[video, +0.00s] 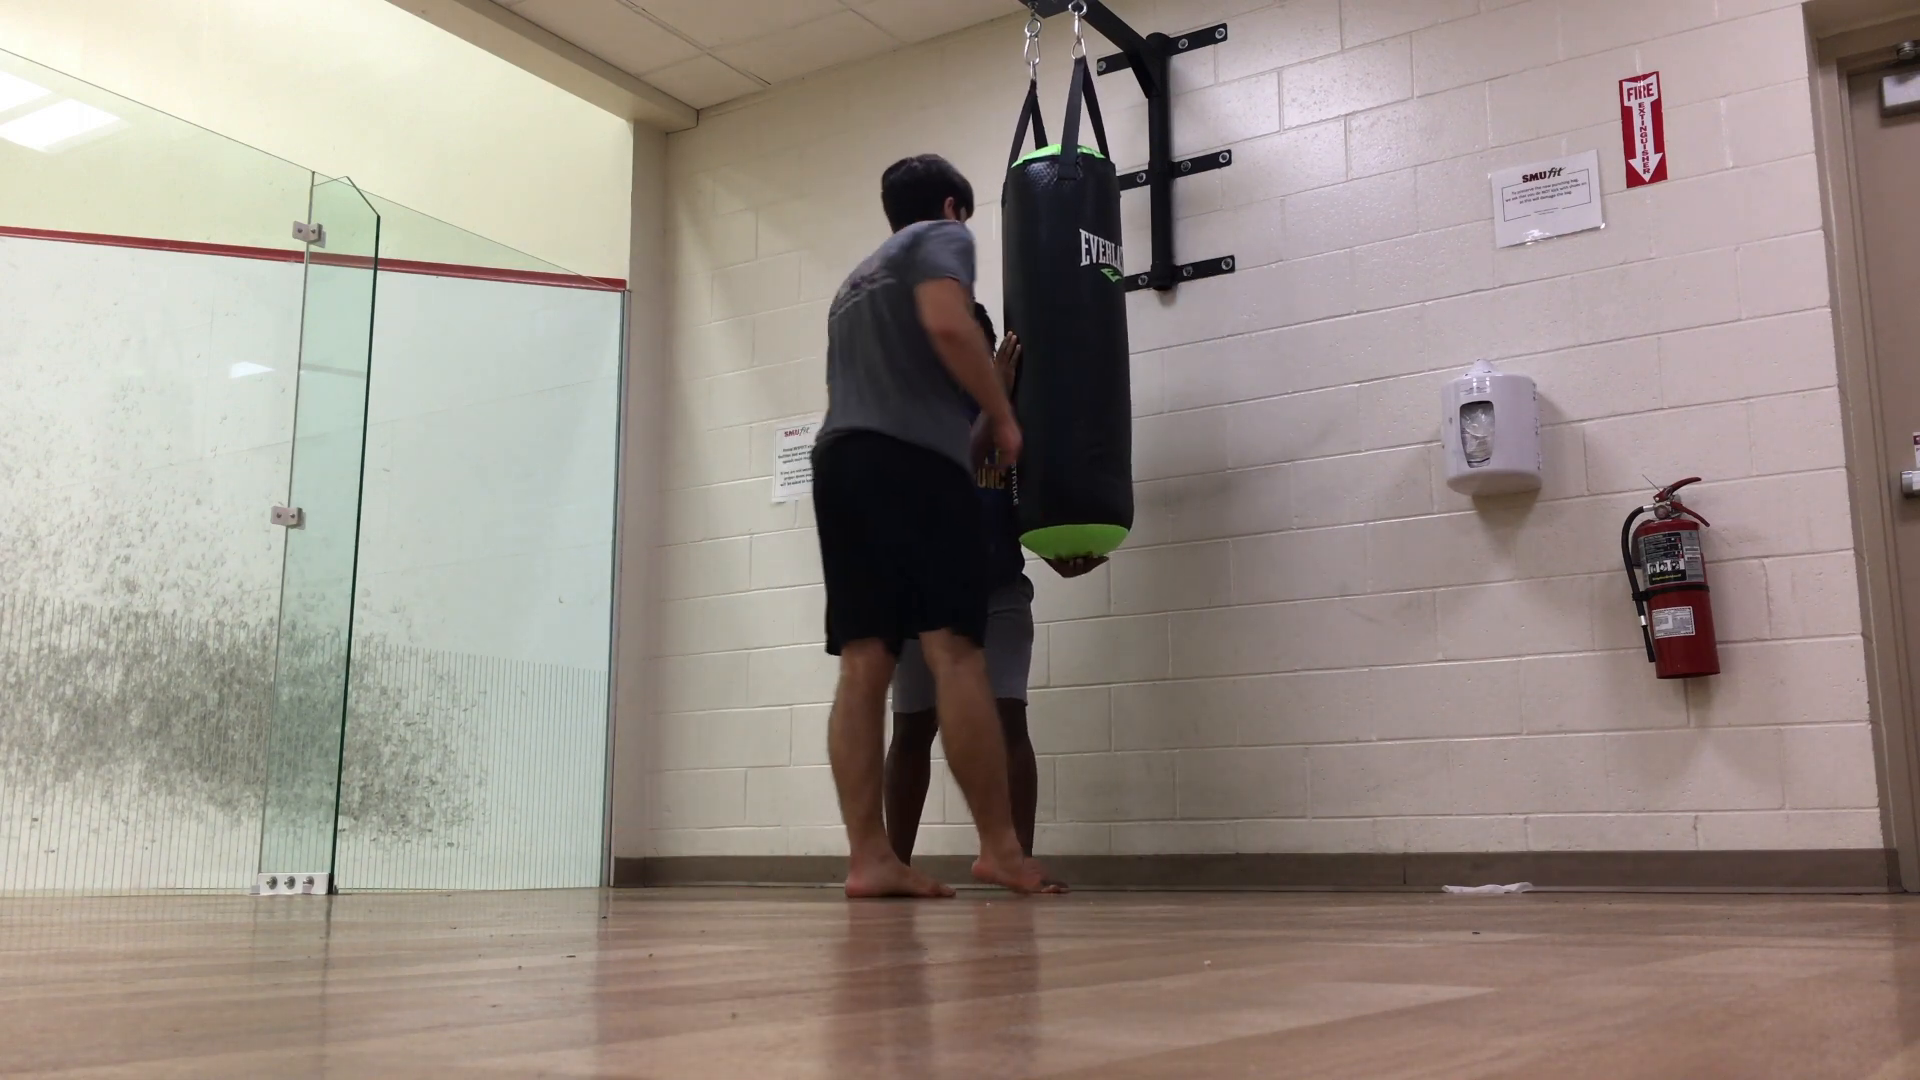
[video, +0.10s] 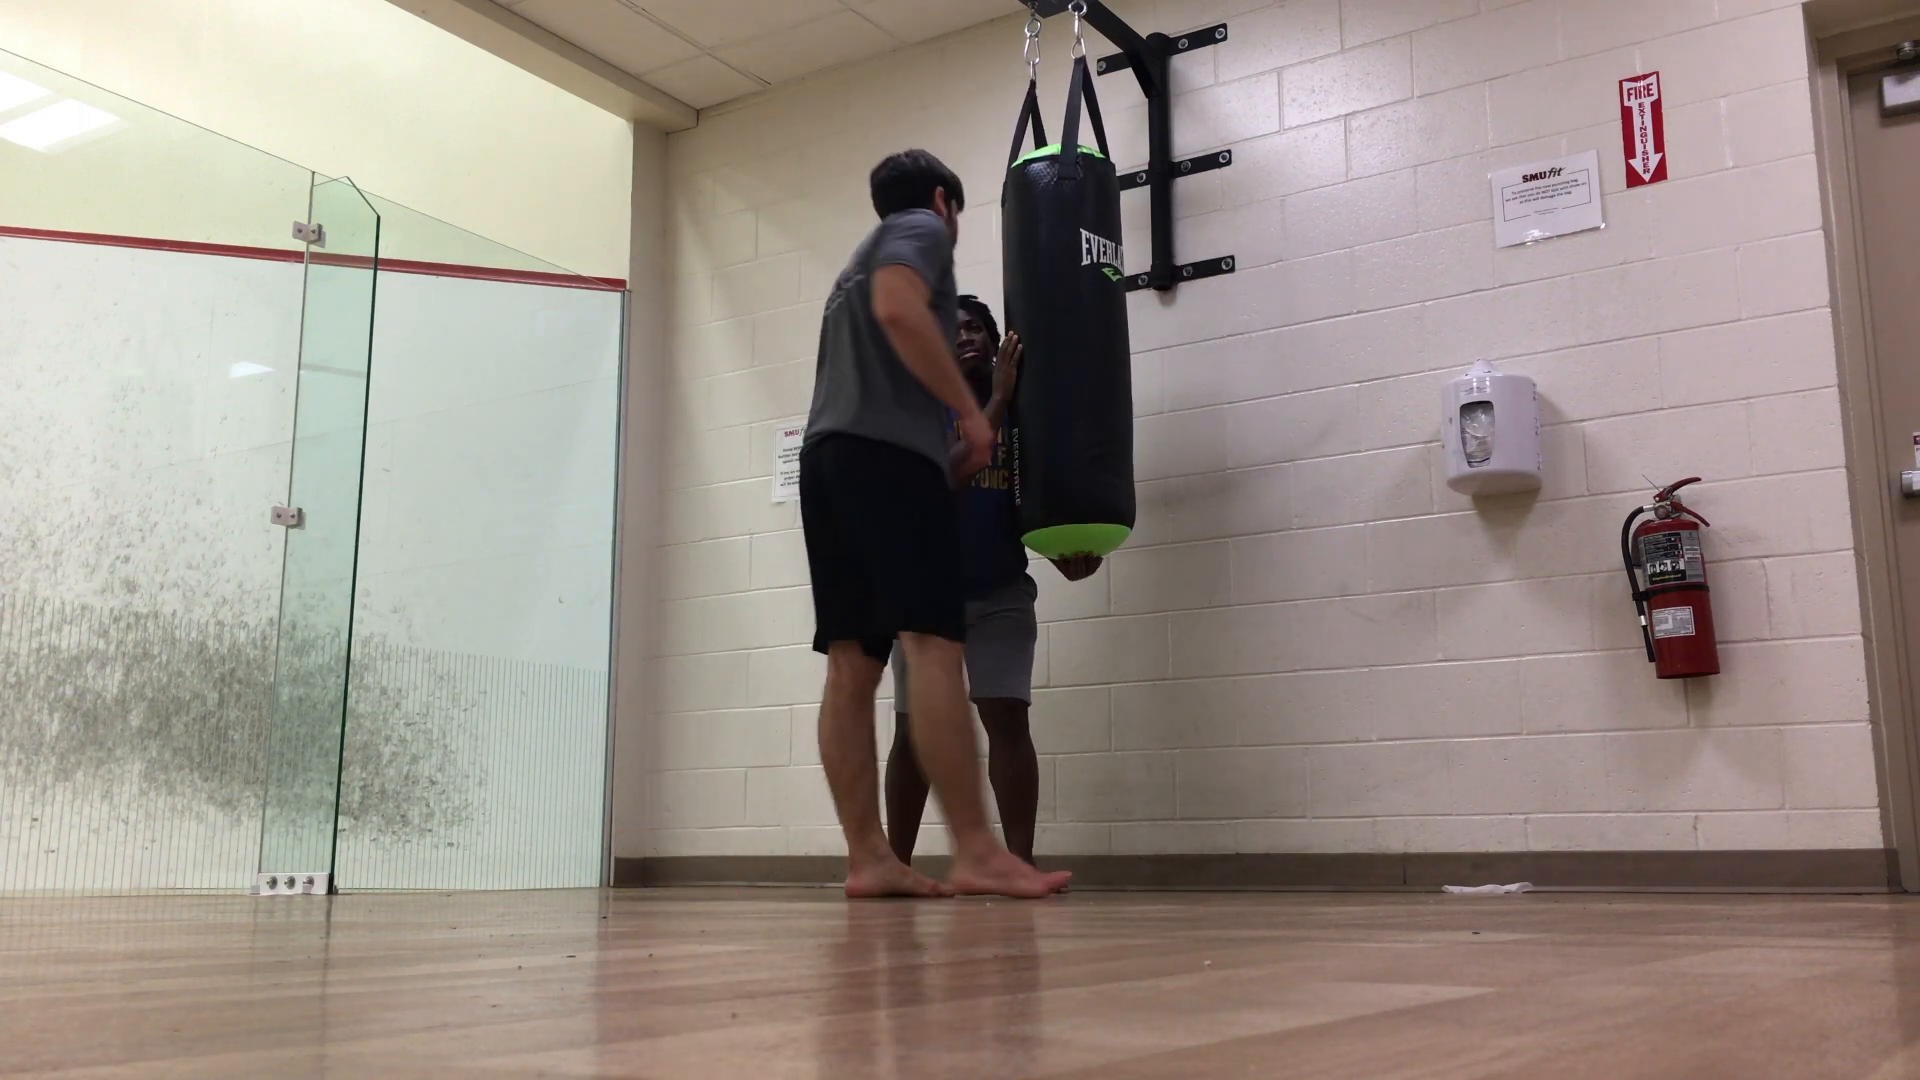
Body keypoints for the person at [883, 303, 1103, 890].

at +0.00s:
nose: (970, 357)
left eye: (976, 344)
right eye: (958, 347)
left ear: (993, 345)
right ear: (935, 346)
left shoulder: (1009, 404)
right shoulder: (915, 403)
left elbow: (1039, 473)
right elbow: (938, 477)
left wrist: (1072, 549)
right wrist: (996, 398)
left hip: (999, 581)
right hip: (922, 584)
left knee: (1007, 718)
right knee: (913, 730)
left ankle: (1017, 855)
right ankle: (896, 864)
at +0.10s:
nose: (967, 338)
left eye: (976, 329)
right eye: (956, 331)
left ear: (996, 342)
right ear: (936, 345)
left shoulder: (1018, 408)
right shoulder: (922, 410)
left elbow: (1047, 481)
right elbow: (943, 477)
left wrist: (1075, 556)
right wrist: (999, 398)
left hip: (1001, 590)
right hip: (933, 593)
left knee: (1008, 719)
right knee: (917, 731)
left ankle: (1018, 859)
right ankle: (897, 863)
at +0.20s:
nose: (970, 338)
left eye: (979, 327)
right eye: (957, 332)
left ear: (999, 338)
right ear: (940, 348)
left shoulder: (1023, 408)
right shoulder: (928, 408)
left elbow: (1052, 474)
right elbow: (956, 470)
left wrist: (1076, 552)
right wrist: (1003, 395)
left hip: (1007, 588)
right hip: (936, 590)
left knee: (1011, 720)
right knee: (921, 728)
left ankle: (1023, 862)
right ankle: (899, 855)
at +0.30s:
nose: (977, 336)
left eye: (985, 326)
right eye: (963, 331)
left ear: (1005, 338)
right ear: (941, 349)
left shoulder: (1031, 402)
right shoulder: (933, 402)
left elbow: (1058, 470)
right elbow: (958, 469)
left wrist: (1075, 550)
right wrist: (1004, 397)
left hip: (1009, 588)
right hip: (937, 589)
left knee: (1013, 722)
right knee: (920, 730)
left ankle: (1023, 864)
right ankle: (899, 865)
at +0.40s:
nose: (979, 336)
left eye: (987, 326)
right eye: (965, 330)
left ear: (1007, 338)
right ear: (947, 347)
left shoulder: (1033, 404)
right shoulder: (935, 407)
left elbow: (1061, 470)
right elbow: (961, 470)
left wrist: (1078, 552)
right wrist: (1005, 396)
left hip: (1011, 588)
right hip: (937, 590)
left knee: (1014, 722)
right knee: (922, 729)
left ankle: (1023, 864)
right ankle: (901, 865)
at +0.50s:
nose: (980, 337)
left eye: (988, 326)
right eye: (965, 332)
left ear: (1010, 338)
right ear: (948, 352)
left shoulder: (1036, 403)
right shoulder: (937, 407)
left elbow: (1061, 474)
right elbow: (962, 469)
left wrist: (1077, 553)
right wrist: (1007, 397)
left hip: (1013, 589)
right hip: (938, 591)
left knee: (1015, 723)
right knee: (924, 730)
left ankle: (1024, 864)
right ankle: (901, 866)